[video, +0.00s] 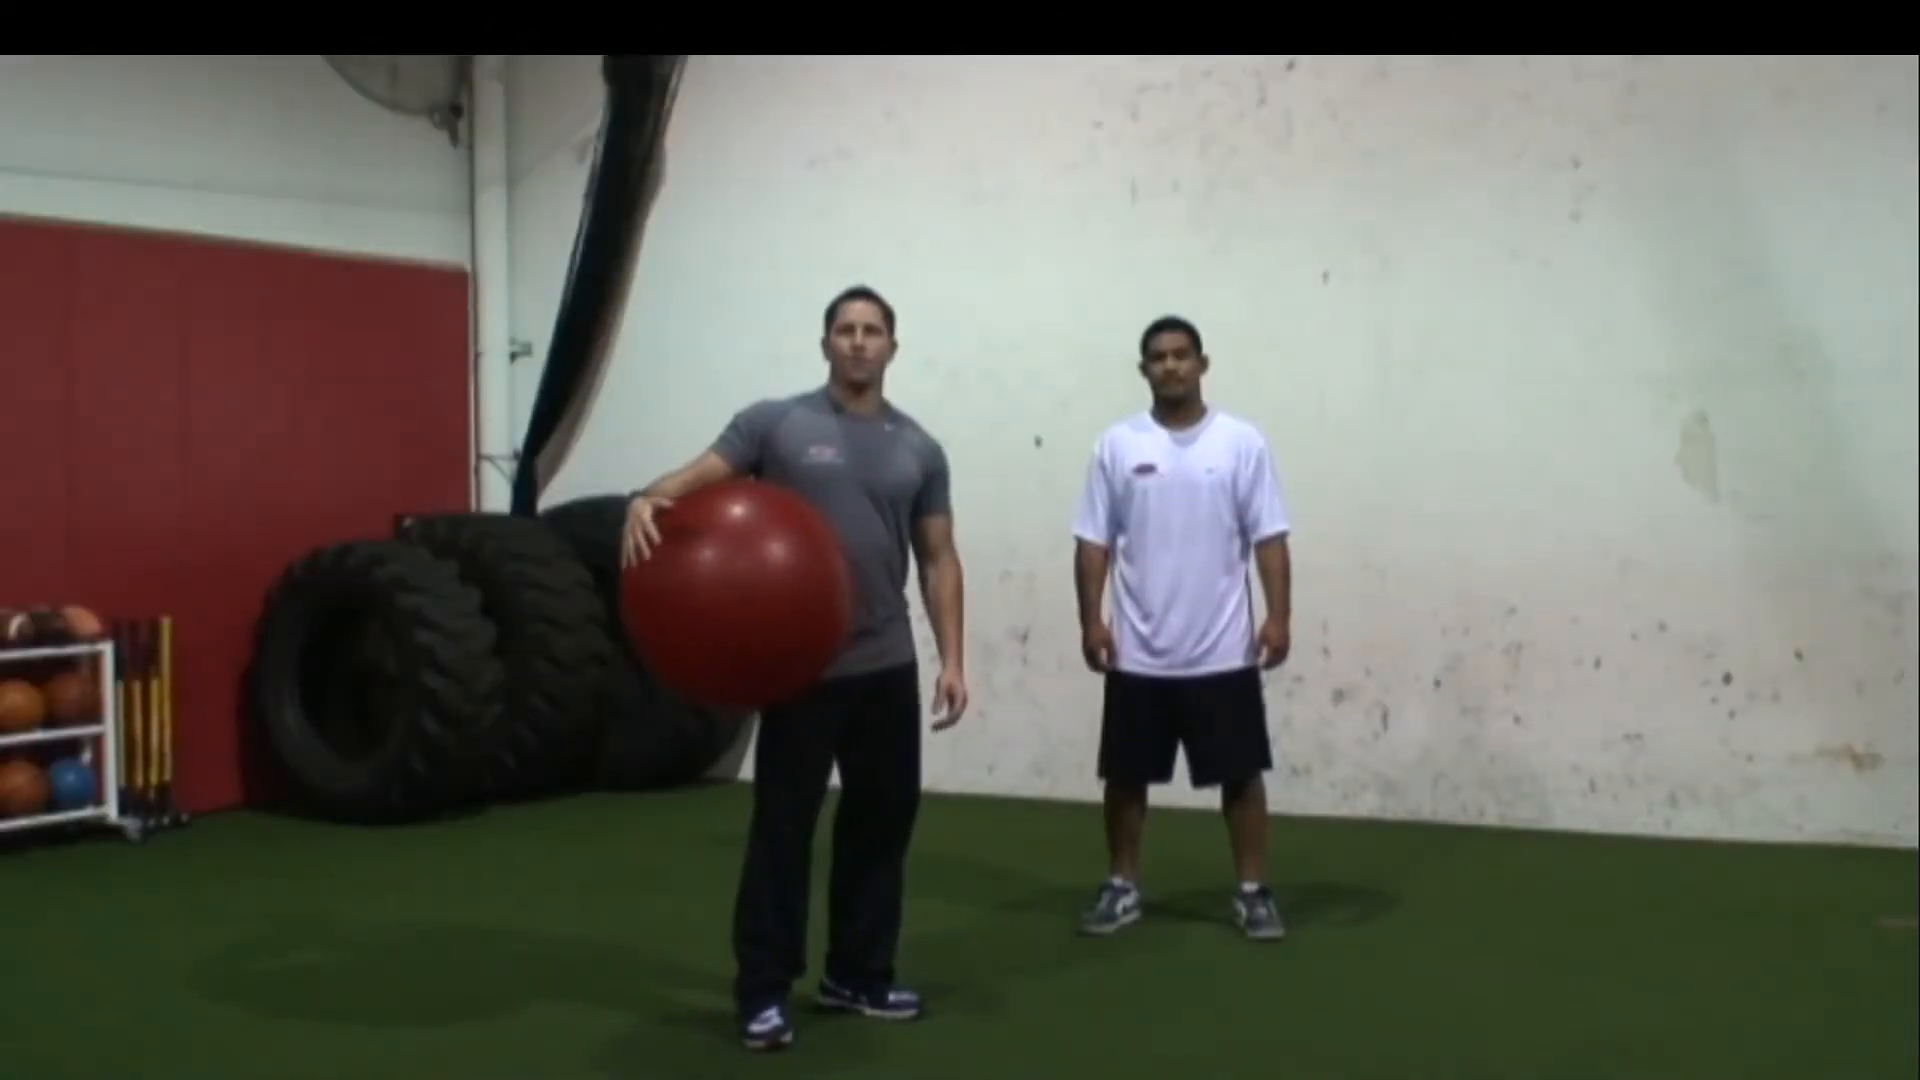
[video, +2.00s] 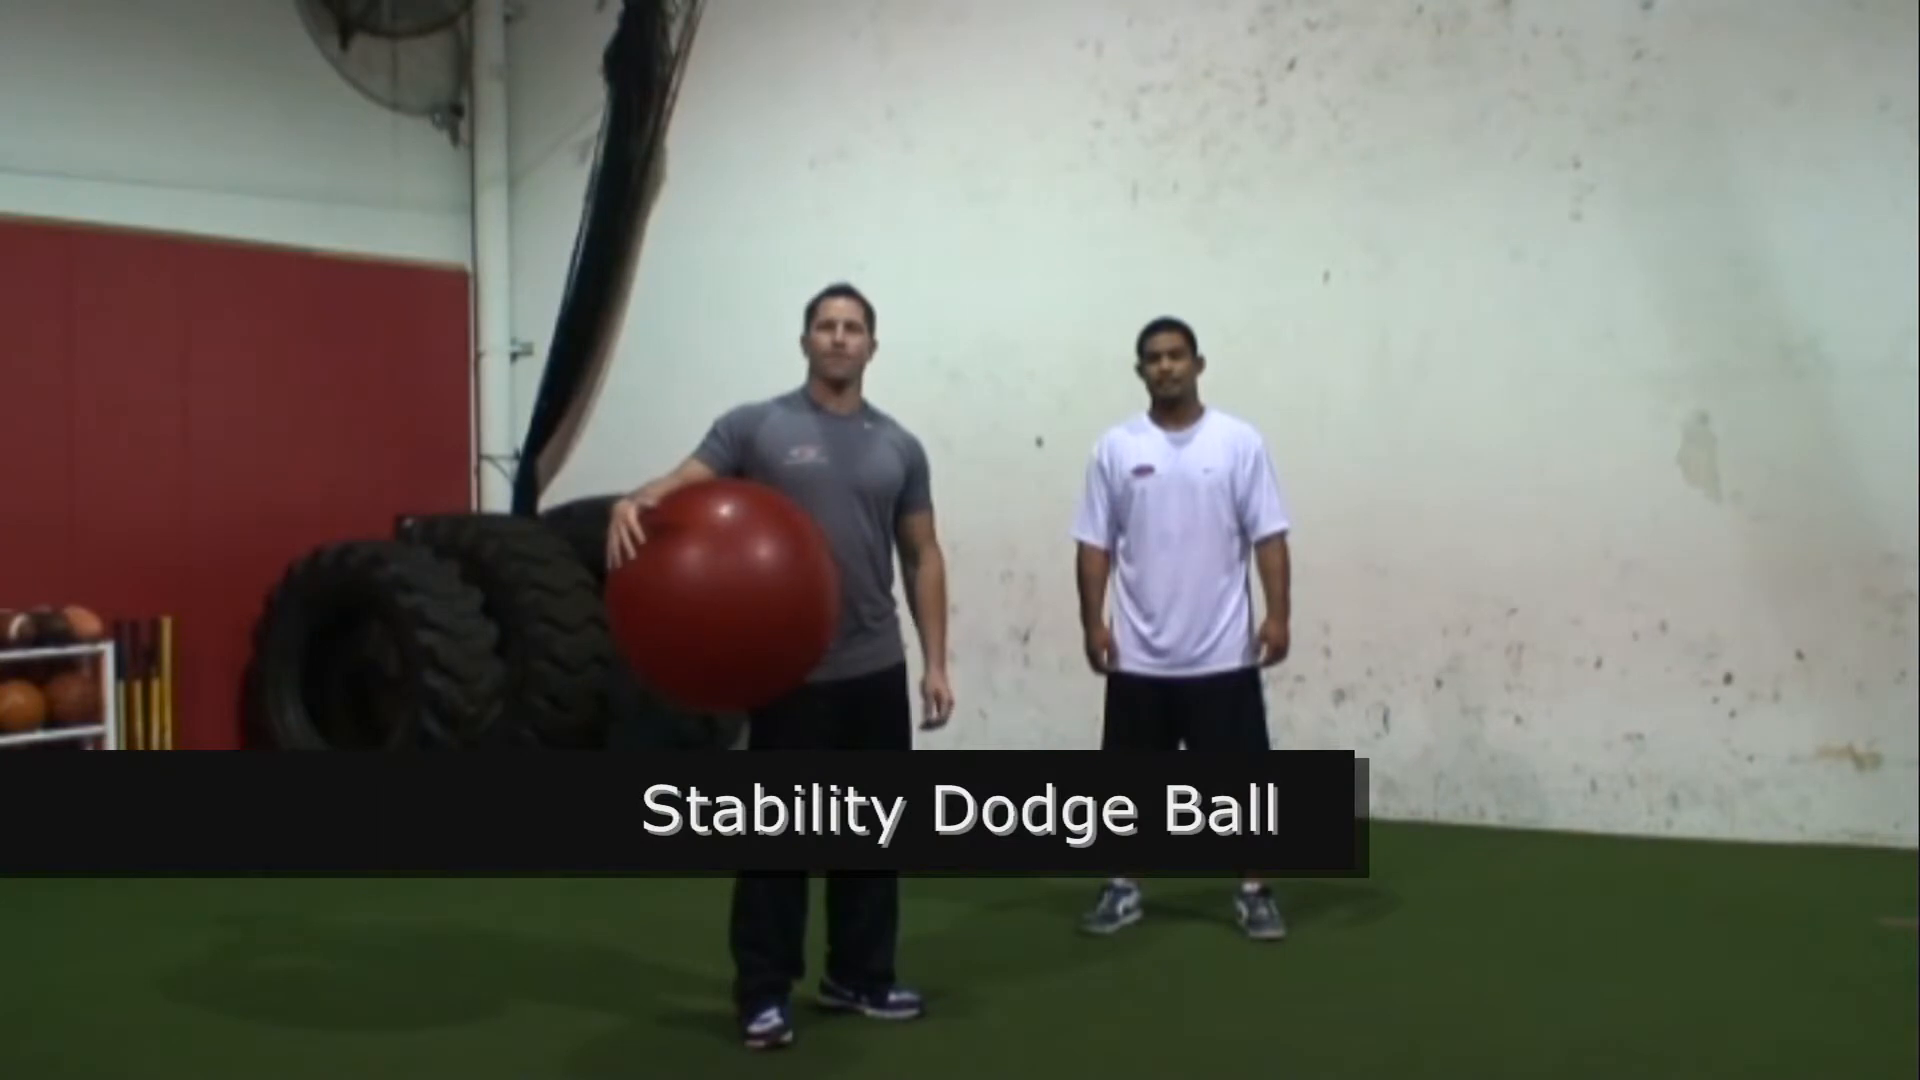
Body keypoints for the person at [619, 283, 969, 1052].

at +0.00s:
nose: (858, 341)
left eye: (872, 331)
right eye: (846, 329)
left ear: (892, 347)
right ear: (825, 343)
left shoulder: (918, 449)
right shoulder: (774, 423)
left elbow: (939, 557)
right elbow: (697, 476)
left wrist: (953, 658)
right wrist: (645, 500)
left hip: (886, 667)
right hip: (798, 669)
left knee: (881, 827)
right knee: (782, 831)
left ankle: (860, 975)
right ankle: (764, 993)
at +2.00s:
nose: (839, 337)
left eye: (853, 327)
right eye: (827, 326)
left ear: (872, 345)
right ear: (804, 341)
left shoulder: (899, 447)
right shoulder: (754, 426)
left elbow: (923, 554)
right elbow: (681, 484)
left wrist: (936, 661)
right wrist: (630, 504)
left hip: (874, 669)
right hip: (785, 674)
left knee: (873, 833)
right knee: (777, 835)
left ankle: (860, 976)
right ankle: (765, 994)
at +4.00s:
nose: (841, 337)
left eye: (854, 326)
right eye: (828, 325)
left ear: (874, 343)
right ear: (806, 339)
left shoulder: (897, 447)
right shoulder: (757, 425)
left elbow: (923, 549)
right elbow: (687, 481)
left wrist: (941, 644)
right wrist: (648, 499)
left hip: (877, 669)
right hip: (789, 670)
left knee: (874, 827)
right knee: (779, 834)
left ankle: (860, 975)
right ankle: (764, 993)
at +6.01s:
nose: (850, 340)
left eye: (862, 330)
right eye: (836, 328)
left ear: (877, 345)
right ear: (809, 338)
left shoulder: (895, 446)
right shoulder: (761, 422)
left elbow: (915, 548)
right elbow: (688, 485)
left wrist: (933, 636)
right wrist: (660, 509)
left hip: (876, 670)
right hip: (792, 669)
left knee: (873, 828)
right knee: (783, 834)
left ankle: (860, 976)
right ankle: (764, 994)